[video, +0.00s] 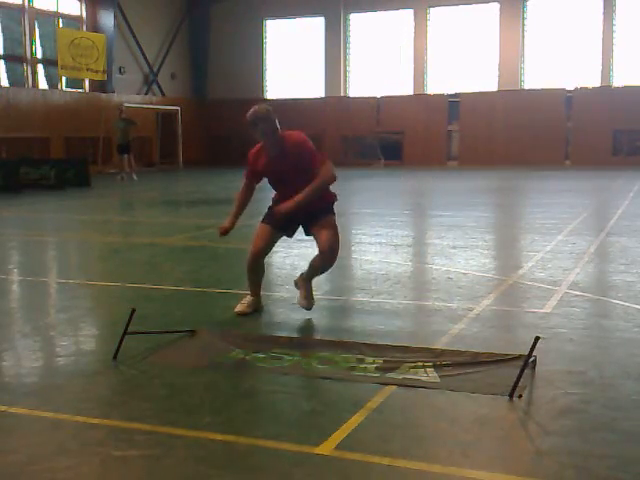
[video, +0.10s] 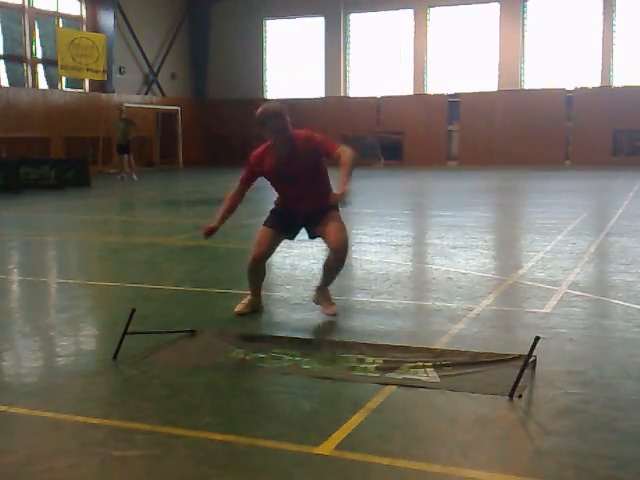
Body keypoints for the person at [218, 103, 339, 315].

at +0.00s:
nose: (270, 133)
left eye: (272, 127)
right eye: (263, 130)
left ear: (277, 124)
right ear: (255, 132)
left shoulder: (298, 141)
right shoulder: (257, 157)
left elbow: (328, 174)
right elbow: (248, 188)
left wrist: (294, 203)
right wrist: (231, 221)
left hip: (316, 200)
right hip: (284, 202)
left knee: (329, 252)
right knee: (256, 253)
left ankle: (305, 279)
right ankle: (254, 298)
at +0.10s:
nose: (282, 136)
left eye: (284, 130)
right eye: (275, 133)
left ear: (289, 125)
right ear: (264, 133)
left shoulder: (308, 140)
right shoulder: (260, 159)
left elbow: (346, 154)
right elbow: (239, 192)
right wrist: (217, 224)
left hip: (321, 206)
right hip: (286, 209)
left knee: (340, 246)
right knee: (257, 257)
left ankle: (322, 291)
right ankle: (255, 299)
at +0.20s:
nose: (297, 126)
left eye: (300, 120)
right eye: (293, 121)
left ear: (306, 117)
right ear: (284, 121)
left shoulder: (326, 132)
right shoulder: (275, 148)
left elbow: (363, 126)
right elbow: (245, 178)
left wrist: (398, 130)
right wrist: (247, 174)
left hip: (334, 205)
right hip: (299, 208)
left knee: (362, 232)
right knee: (263, 256)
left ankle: (359, 292)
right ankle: (254, 299)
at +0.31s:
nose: (334, 94)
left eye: (337, 88)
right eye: (328, 90)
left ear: (344, 88)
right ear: (320, 92)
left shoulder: (360, 109)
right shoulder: (314, 119)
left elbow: (400, 95)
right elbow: (292, 145)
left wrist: (439, 94)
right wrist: (329, 134)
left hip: (359, 196)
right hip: (322, 199)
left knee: (398, 221)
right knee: (284, 250)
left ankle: (408, 284)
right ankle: (256, 295)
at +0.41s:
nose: (373, 77)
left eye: (378, 72)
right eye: (369, 72)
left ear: (386, 75)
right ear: (361, 77)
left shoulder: (401, 99)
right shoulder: (350, 111)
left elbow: (446, 88)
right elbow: (336, 151)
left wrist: (490, 91)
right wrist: (381, 151)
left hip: (390, 189)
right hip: (353, 190)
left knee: (435, 226)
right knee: (314, 242)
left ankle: (462, 287)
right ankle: (281, 286)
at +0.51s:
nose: (416, 99)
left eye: (422, 93)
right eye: (412, 93)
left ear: (430, 92)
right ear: (405, 91)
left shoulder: (442, 110)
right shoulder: (386, 121)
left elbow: (490, 109)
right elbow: (364, 164)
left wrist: (530, 124)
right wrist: (403, 175)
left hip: (425, 195)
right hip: (387, 195)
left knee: (462, 252)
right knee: (339, 249)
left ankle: (510, 308)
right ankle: (336, 282)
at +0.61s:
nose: (458, 124)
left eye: (462, 118)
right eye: (453, 118)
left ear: (470, 117)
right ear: (444, 117)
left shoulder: (480, 141)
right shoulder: (424, 143)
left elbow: (521, 148)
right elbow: (395, 179)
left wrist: (550, 168)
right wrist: (425, 202)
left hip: (456, 212)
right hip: (418, 211)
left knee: (490, 260)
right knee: (380, 268)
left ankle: (524, 317)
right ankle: (406, 277)